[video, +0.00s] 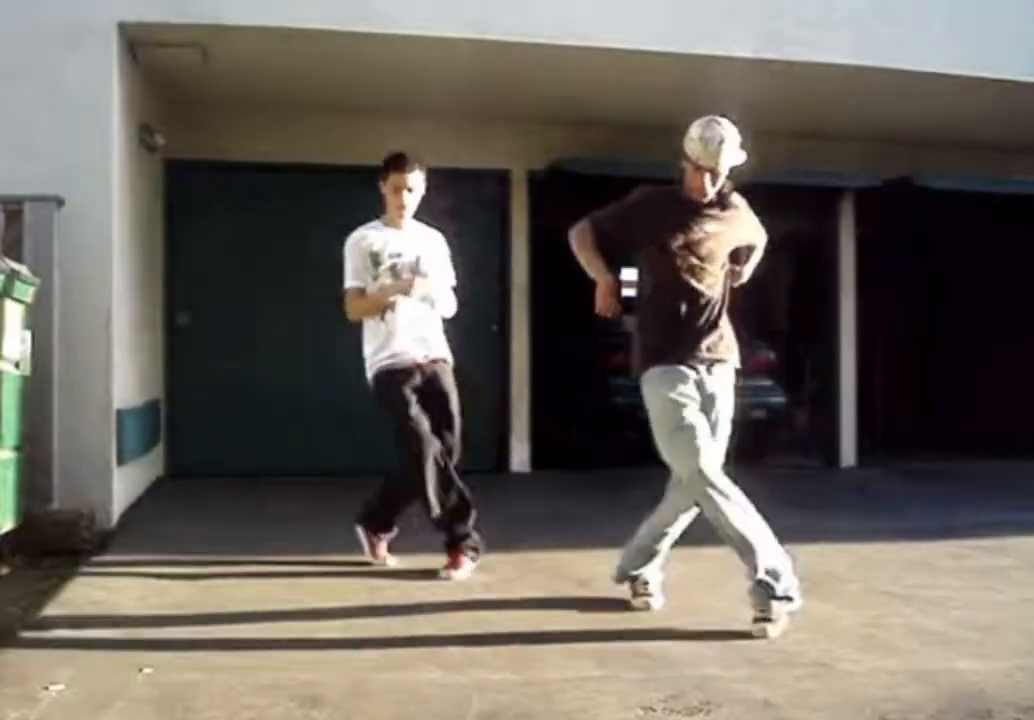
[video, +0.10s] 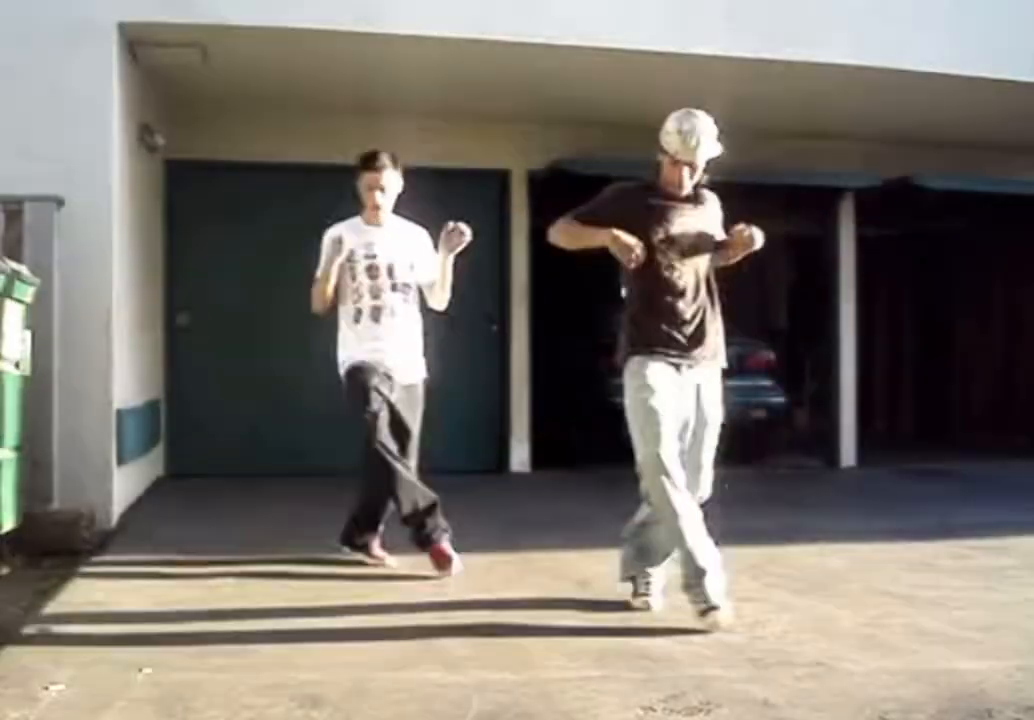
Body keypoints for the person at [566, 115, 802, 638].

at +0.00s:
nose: (707, 183)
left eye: (718, 173)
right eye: (699, 169)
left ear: (732, 170)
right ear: (684, 161)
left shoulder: (737, 210)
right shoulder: (653, 207)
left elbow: (756, 244)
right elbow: (581, 233)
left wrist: (733, 280)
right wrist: (604, 280)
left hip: (720, 358)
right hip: (666, 359)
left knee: (697, 474)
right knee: (700, 471)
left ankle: (639, 564)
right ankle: (774, 576)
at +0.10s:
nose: (686, 175)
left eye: (696, 165)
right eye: (678, 163)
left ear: (706, 163)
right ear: (661, 155)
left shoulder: (710, 203)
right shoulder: (628, 201)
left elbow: (707, 262)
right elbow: (558, 231)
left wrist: (739, 247)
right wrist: (609, 237)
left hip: (706, 357)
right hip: (652, 357)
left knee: (696, 480)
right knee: (663, 473)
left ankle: (640, 560)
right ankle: (708, 585)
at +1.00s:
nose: (723, 154)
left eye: (733, 144)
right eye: (715, 144)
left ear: (749, 135)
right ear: (701, 133)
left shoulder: (771, 178)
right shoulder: (672, 181)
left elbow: (817, 219)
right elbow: (634, 220)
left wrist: (785, 276)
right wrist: (648, 281)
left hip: (755, 342)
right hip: (690, 341)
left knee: (778, 461)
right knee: (684, 463)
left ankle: (739, 558)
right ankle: (725, 578)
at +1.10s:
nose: (734, 167)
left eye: (744, 158)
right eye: (726, 157)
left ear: (763, 150)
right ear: (713, 148)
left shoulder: (785, 193)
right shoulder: (687, 201)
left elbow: (822, 226)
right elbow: (657, 258)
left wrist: (810, 274)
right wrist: (650, 312)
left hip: (771, 365)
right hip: (701, 362)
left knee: (806, 476)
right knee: (663, 473)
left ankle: (836, 587)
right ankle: (634, 590)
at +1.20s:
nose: (733, 181)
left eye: (744, 171)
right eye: (726, 169)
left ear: (762, 164)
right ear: (714, 159)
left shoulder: (783, 213)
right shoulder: (685, 218)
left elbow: (825, 259)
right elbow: (664, 290)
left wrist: (837, 270)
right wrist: (666, 314)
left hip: (778, 380)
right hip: (709, 378)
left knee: (811, 484)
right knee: (669, 484)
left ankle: (847, 588)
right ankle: (596, 595)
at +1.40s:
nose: (713, 151)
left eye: (724, 142)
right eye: (706, 140)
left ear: (739, 136)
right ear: (690, 127)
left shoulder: (747, 175)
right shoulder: (657, 169)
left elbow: (788, 234)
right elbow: (608, 231)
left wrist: (733, 241)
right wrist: (680, 227)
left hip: (724, 336)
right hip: (664, 329)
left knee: (740, 452)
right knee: (671, 447)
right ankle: (695, 580)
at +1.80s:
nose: (633, 145)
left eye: (643, 135)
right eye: (625, 132)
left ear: (655, 133)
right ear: (607, 121)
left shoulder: (659, 172)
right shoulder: (569, 165)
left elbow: (688, 230)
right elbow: (509, 217)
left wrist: (686, 302)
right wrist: (547, 275)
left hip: (651, 340)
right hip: (589, 341)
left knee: (702, 445)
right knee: (584, 458)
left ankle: (694, 566)